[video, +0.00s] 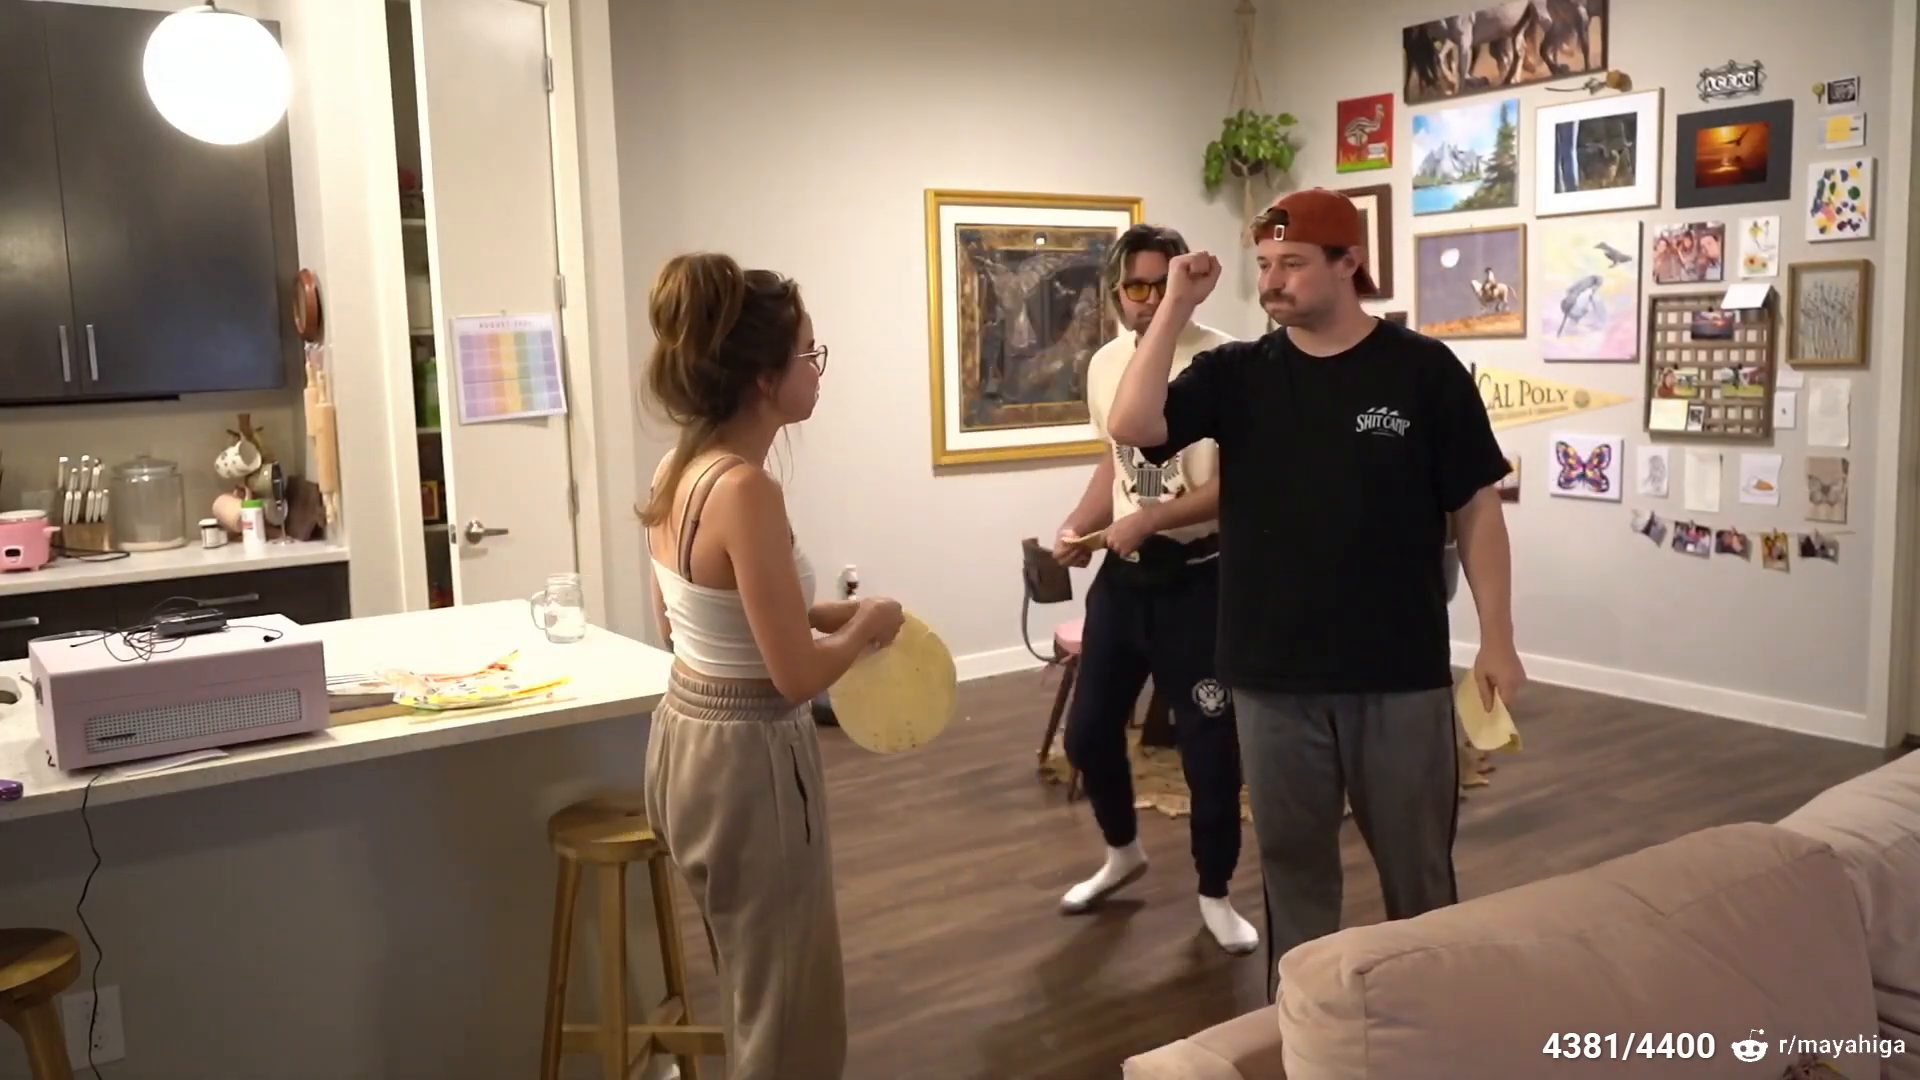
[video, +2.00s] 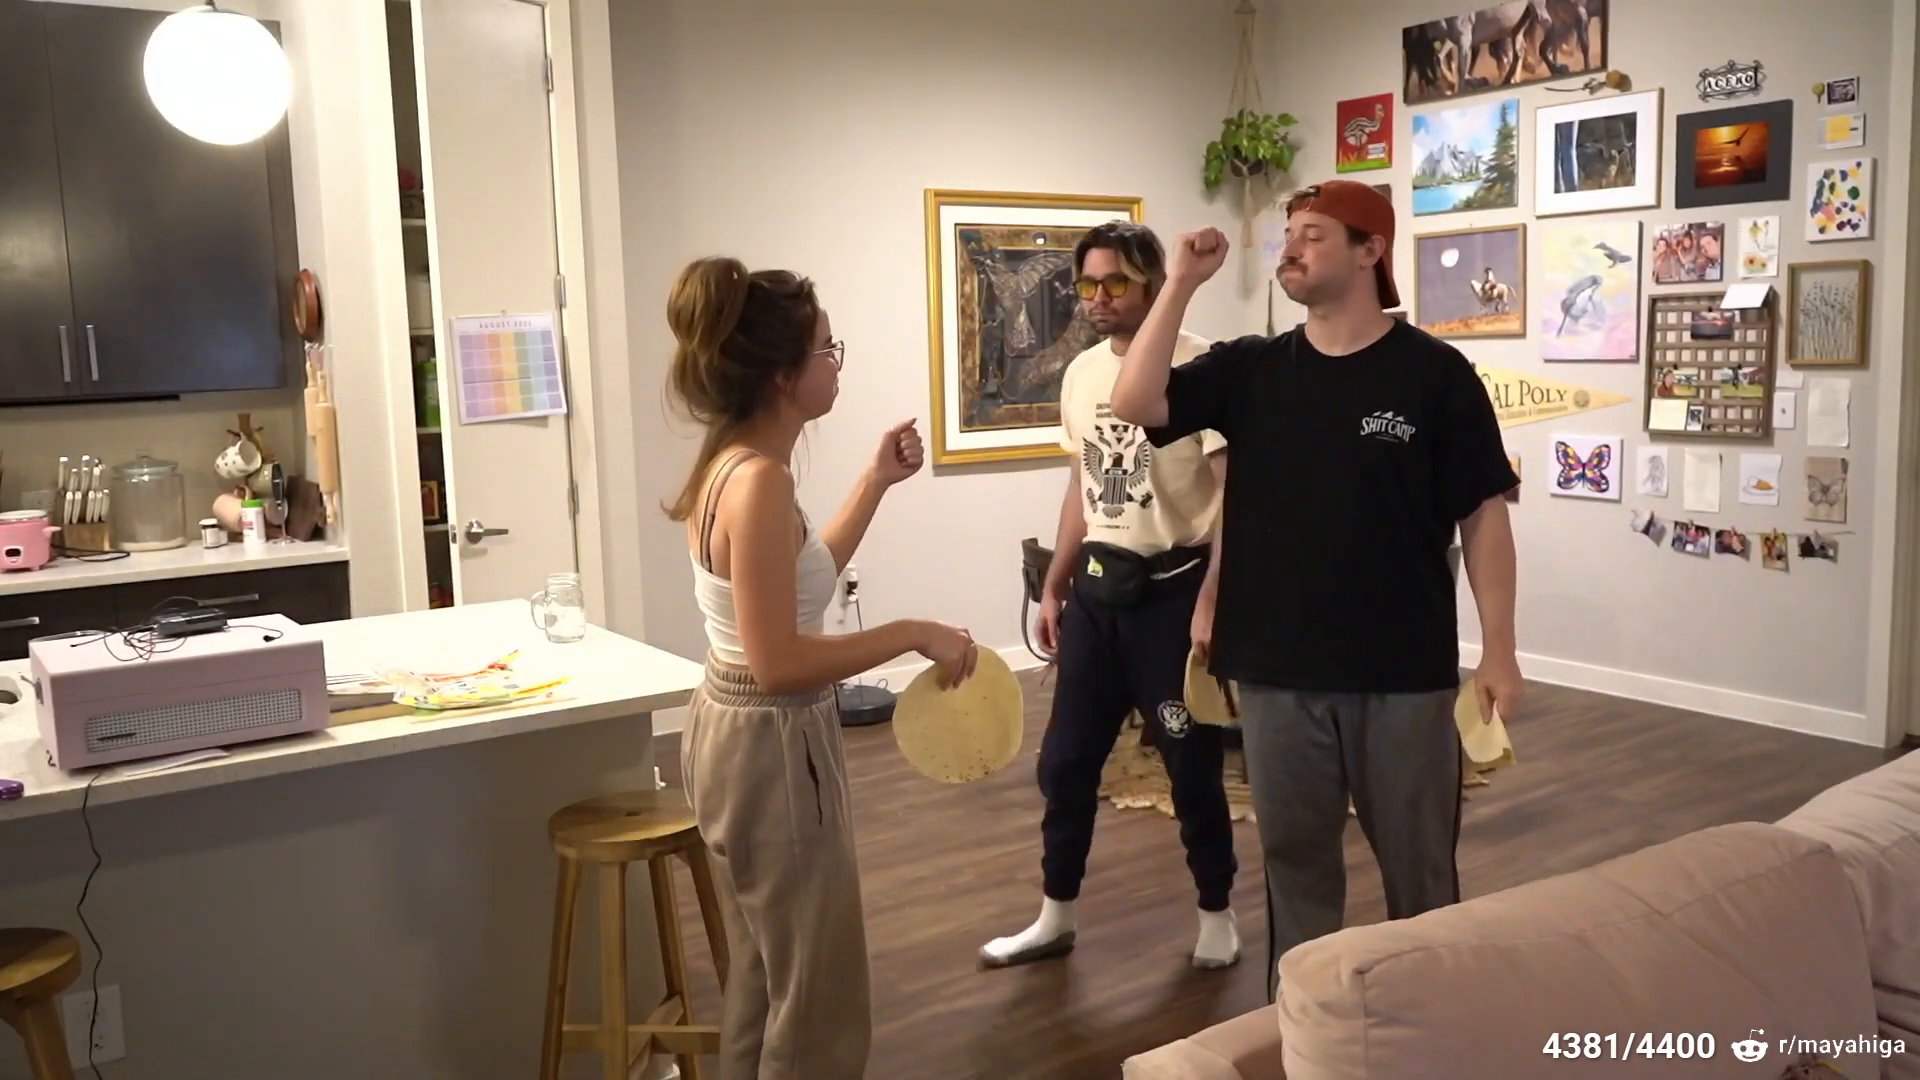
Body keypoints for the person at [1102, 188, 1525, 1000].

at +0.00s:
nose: (1272, 278)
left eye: (1291, 261)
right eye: (1265, 264)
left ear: (1348, 266)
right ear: (1259, 275)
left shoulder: (1425, 370)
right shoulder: (1239, 373)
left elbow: (1479, 512)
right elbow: (1130, 424)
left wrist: (1497, 641)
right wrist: (1175, 304)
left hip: (1400, 679)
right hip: (1271, 682)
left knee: (1419, 881)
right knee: (1293, 882)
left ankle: (1440, 1036)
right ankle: (1302, 1038)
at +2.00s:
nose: (1289, 246)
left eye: (1311, 234)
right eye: (1287, 235)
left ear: (1367, 253)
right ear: (1284, 257)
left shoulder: (1437, 373)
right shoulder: (1252, 367)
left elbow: (1485, 517)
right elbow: (1134, 401)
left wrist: (1499, 652)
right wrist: (1180, 282)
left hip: (1403, 678)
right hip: (1274, 677)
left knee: (1421, 880)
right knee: (1295, 877)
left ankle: (1438, 1037)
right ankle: (1299, 1037)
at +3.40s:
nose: (1282, 258)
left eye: (1304, 245)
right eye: (1278, 246)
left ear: (1360, 260)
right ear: (1274, 258)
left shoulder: (1424, 374)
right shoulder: (1247, 372)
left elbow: (1473, 514)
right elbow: (1143, 455)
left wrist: (1484, 652)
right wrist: (1165, 340)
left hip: (1394, 677)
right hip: (1274, 676)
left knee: (1414, 878)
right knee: (1290, 873)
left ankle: (1434, 1036)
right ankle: (1298, 1036)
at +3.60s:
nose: (1287, 266)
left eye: (1308, 252)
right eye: (1282, 252)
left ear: (1365, 262)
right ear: (1278, 262)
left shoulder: (1432, 378)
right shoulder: (1246, 377)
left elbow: (1474, 519)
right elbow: (1145, 450)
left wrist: (1484, 656)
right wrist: (1076, 427)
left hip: (1392, 680)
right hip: (1269, 679)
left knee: (1413, 881)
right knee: (1289, 877)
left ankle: (1436, 1035)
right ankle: (1301, 1038)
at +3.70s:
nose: (1287, 265)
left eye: (1309, 251)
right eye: (1283, 252)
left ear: (1366, 261)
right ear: (1278, 262)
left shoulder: (1432, 377)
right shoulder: (1247, 375)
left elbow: (1475, 517)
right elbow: (1142, 450)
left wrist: (1485, 652)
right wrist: (1079, 423)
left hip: (1393, 679)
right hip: (1269, 678)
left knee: (1415, 881)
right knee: (1290, 877)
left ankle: (1434, 1035)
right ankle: (1300, 1038)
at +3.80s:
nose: (1287, 266)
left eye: (1308, 252)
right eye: (1282, 253)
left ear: (1365, 261)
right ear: (1277, 264)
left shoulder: (1432, 378)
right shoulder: (1245, 376)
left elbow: (1474, 519)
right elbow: (1142, 447)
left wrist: (1487, 657)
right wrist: (1074, 418)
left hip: (1396, 679)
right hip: (1272, 678)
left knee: (1417, 881)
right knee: (1291, 876)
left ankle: (1441, 1034)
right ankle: (1300, 1037)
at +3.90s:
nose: (1287, 267)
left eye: (1308, 252)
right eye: (1282, 253)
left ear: (1366, 260)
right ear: (1278, 262)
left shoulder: (1431, 377)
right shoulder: (1245, 376)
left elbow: (1475, 519)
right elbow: (1144, 441)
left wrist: (1488, 655)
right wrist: (1068, 424)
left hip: (1395, 679)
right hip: (1273, 679)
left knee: (1418, 881)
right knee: (1290, 877)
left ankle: (1440, 1035)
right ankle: (1301, 1037)